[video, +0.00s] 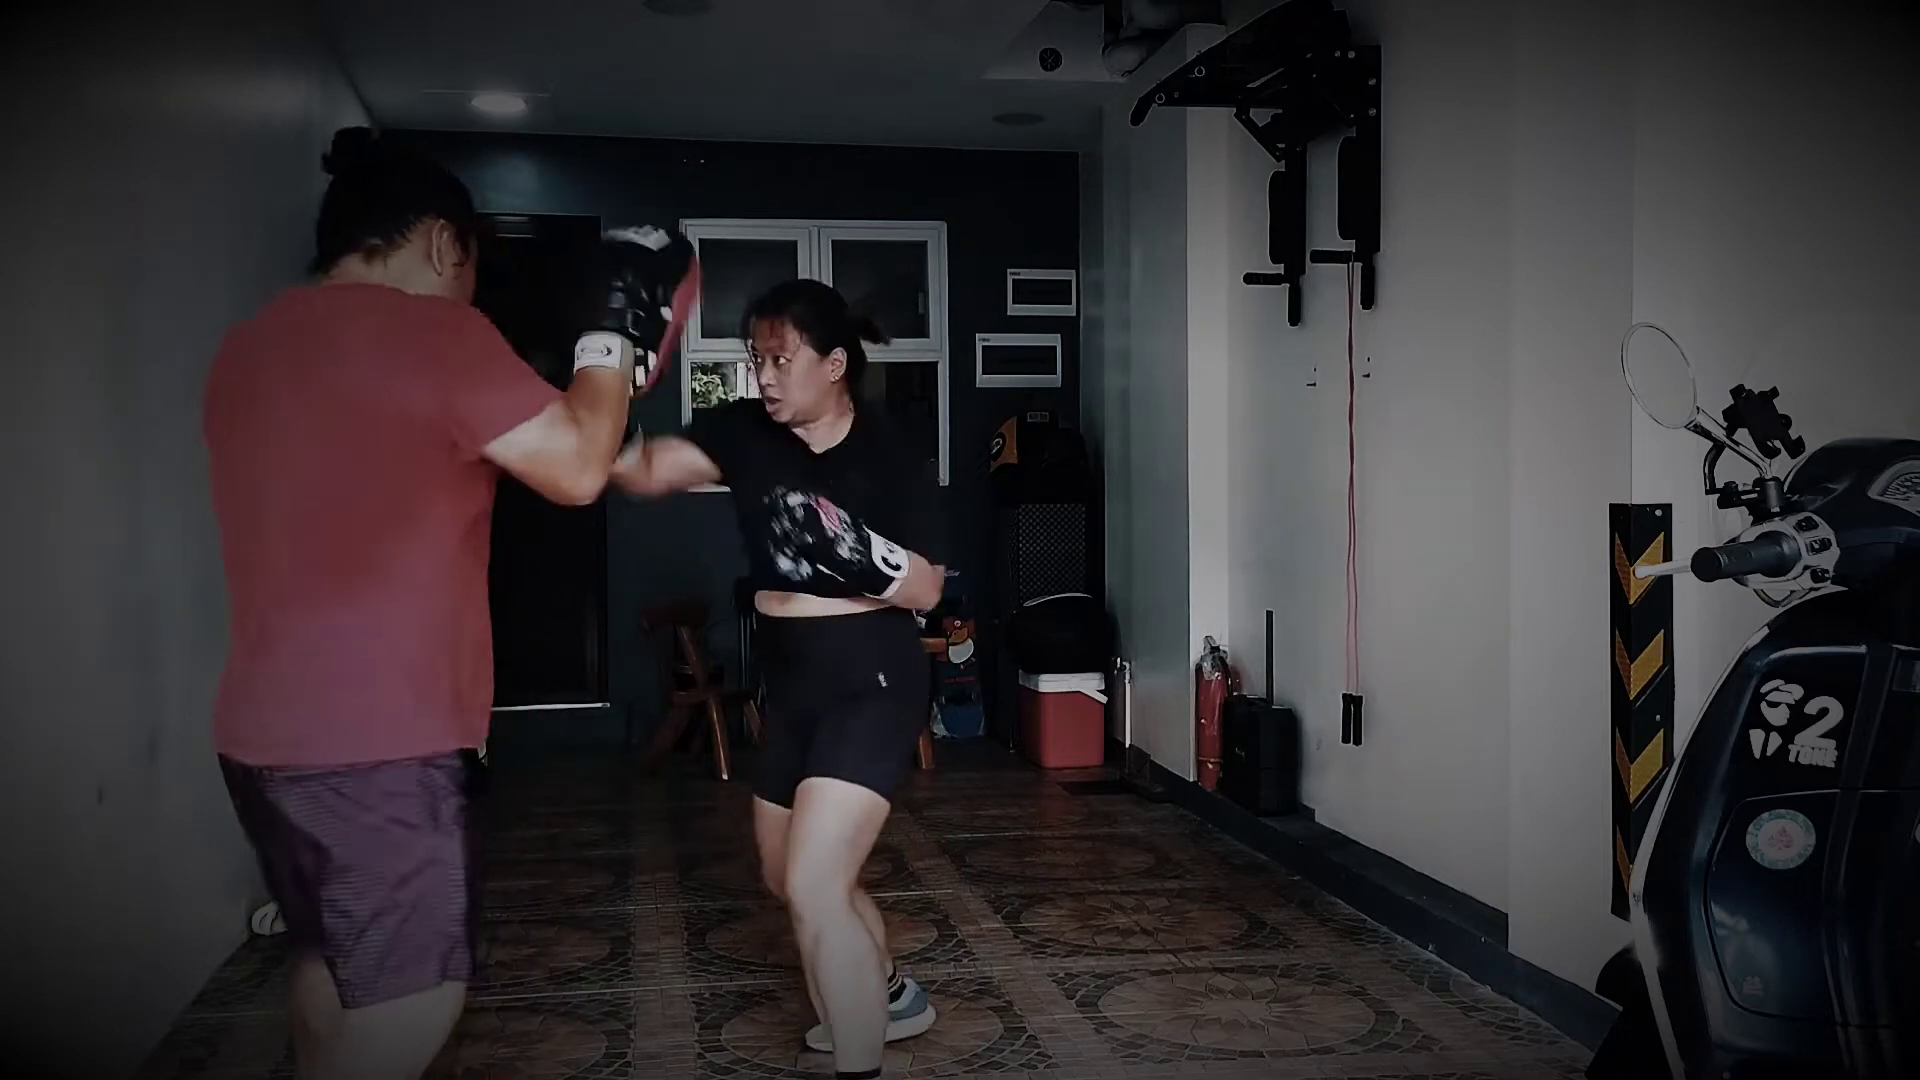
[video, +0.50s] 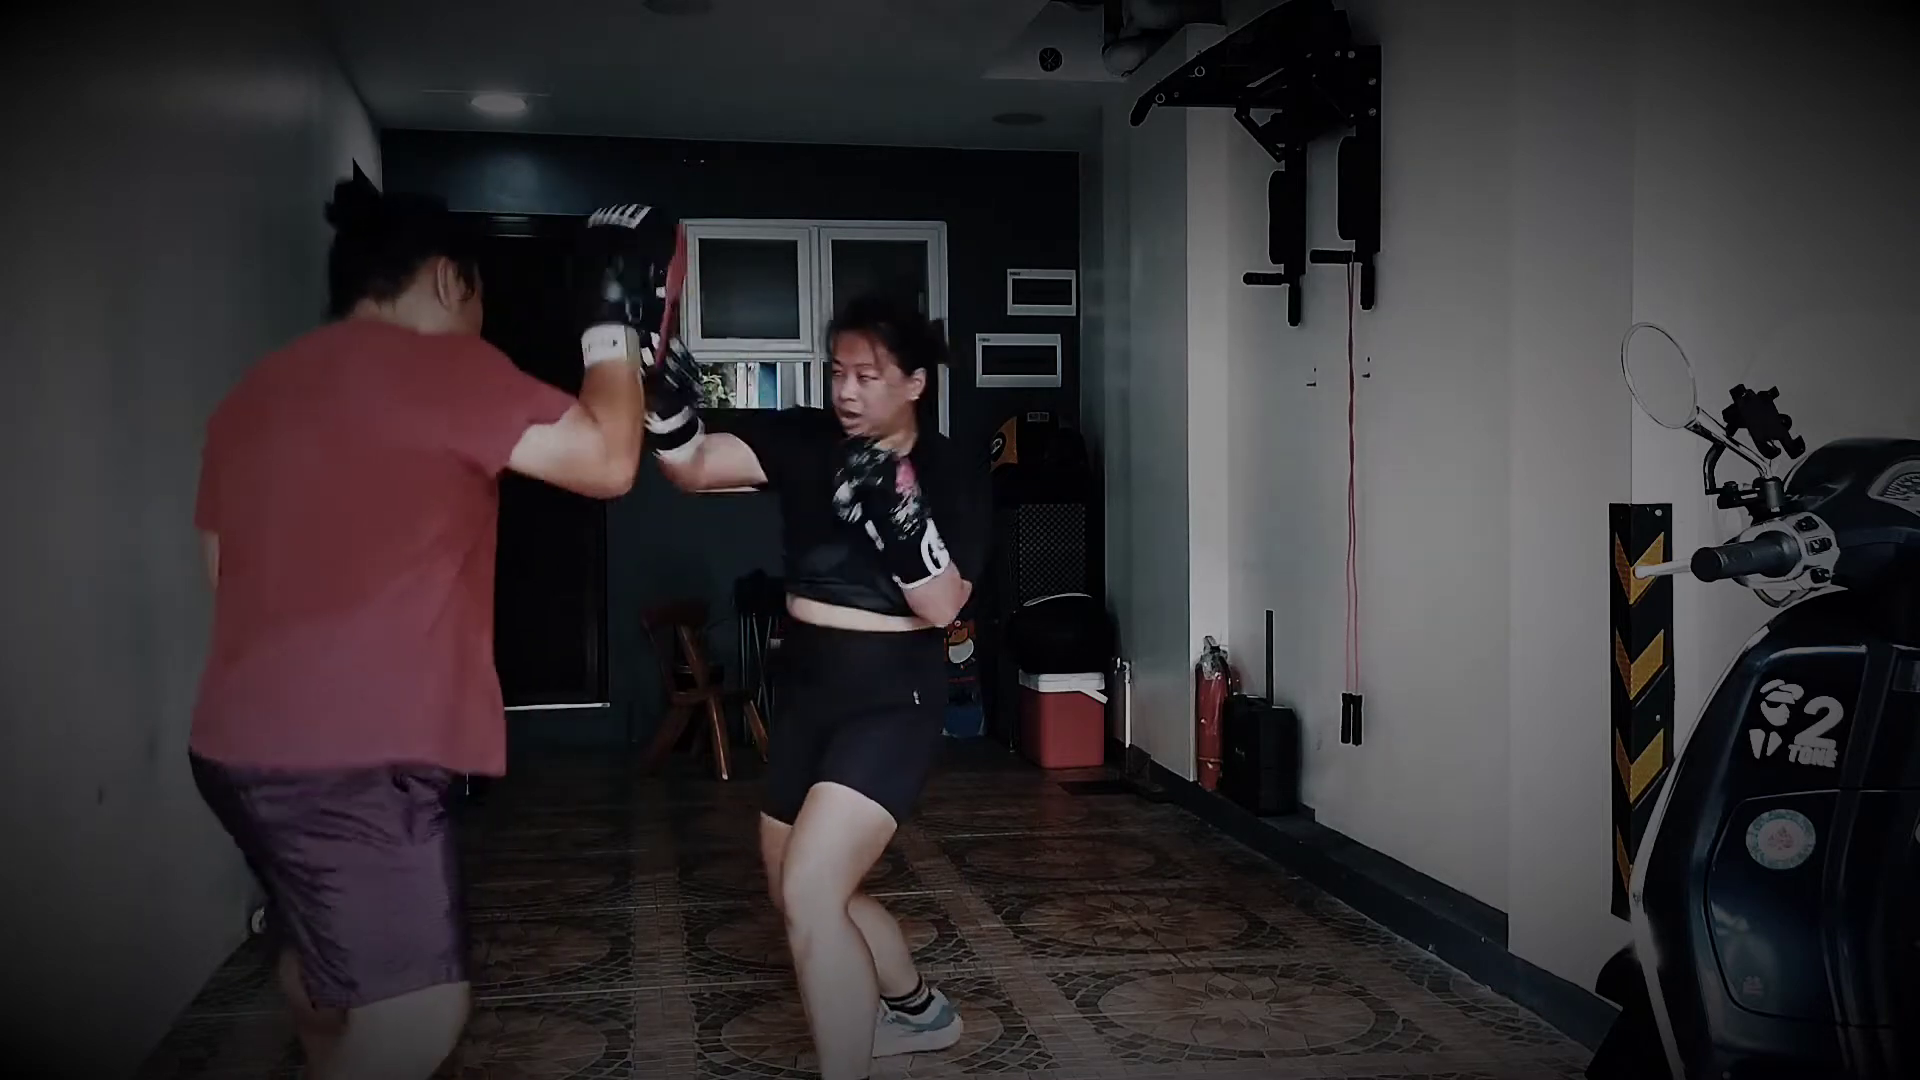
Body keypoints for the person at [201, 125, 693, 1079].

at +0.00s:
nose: (466, 286)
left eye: (468, 267)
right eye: (467, 262)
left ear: (339, 238)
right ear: (439, 239)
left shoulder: (245, 350)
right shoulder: (432, 334)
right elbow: (578, 466)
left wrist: (608, 373)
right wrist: (612, 328)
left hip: (259, 738)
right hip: (383, 745)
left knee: (323, 961)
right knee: (409, 1004)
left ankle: (318, 1079)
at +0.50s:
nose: (472, 322)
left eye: (472, 304)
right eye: (470, 299)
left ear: (359, 285)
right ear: (445, 280)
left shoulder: (252, 394)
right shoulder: (439, 367)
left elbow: (223, 566)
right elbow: (609, 459)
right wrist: (610, 326)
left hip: (240, 748)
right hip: (363, 754)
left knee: (323, 982)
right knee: (414, 1012)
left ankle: (321, 1063)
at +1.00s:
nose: (515, 256)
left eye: (515, 237)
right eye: (502, 234)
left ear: (452, 236)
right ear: (440, 230)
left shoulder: (454, 351)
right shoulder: (366, 294)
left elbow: (445, 479)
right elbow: (308, 399)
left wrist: (518, 510)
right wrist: (448, 467)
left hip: (437, 629)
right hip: (334, 619)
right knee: (335, 823)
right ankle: (243, 1025)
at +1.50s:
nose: (610, 312)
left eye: (614, 298)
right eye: (591, 296)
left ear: (613, 313)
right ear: (537, 307)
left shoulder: (621, 404)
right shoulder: (466, 381)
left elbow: (630, 503)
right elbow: (397, 487)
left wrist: (636, 548)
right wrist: (461, 571)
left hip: (568, 651)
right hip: (445, 645)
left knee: (583, 797)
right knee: (394, 803)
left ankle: (580, 969)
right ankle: (340, 973)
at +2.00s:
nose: (613, 351)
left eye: (619, 337)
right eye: (596, 336)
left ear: (624, 342)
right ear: (546, 338)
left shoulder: (637, 420)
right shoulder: (480, 405)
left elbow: (698, 499)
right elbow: (434, 514)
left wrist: (714, 424)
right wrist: (504, 497)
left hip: (604, 661)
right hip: (485, 665)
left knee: (669, 785)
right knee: (459, 816)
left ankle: (739, 931)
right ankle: (450, 940)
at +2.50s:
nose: (653, 368)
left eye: (663, 353)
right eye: (637, 351)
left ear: (670, 359)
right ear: (592, 353)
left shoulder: (680, 433)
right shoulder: (534, 424)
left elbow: (730, 521)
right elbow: (493, 530)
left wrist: (750, 457)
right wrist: (558, 522)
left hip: (656, 670)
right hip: (539, 674)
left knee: (720, 783)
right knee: (483, 817)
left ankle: (735, 939)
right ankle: (452, 939)